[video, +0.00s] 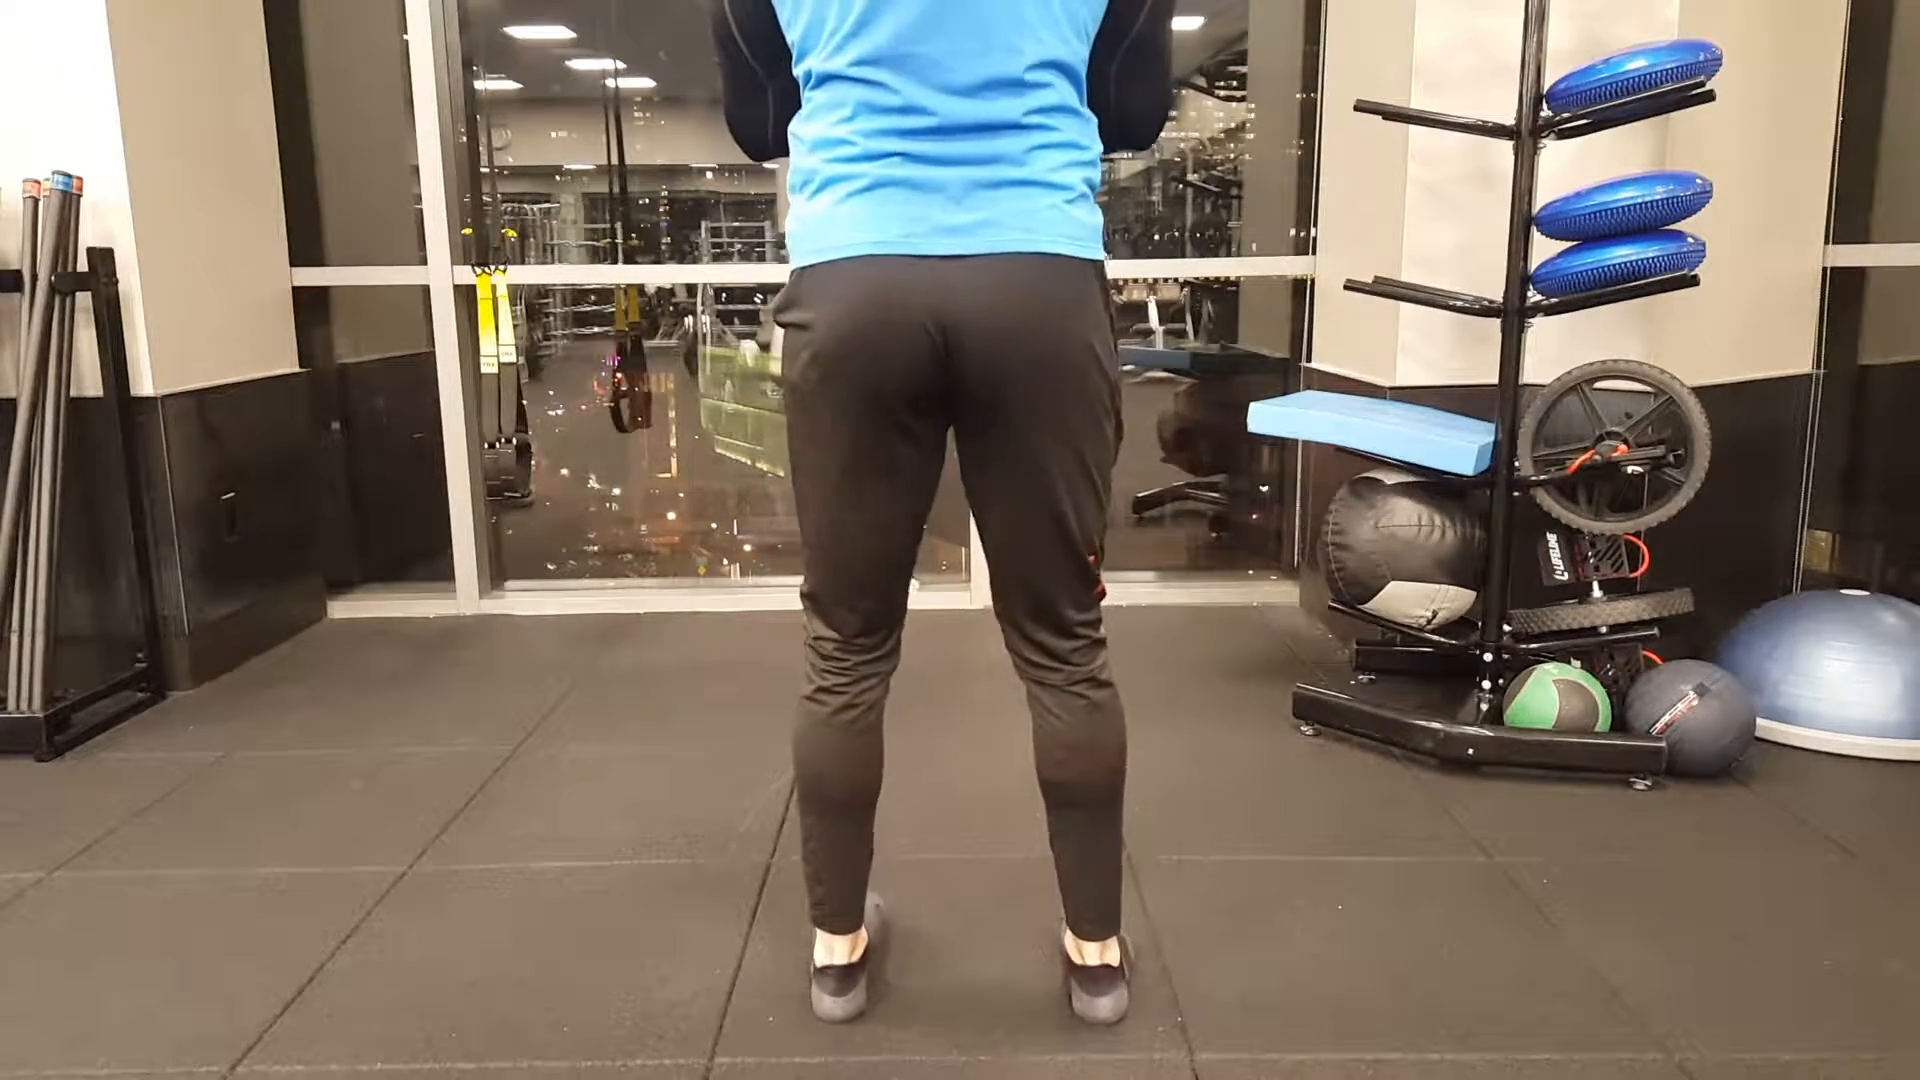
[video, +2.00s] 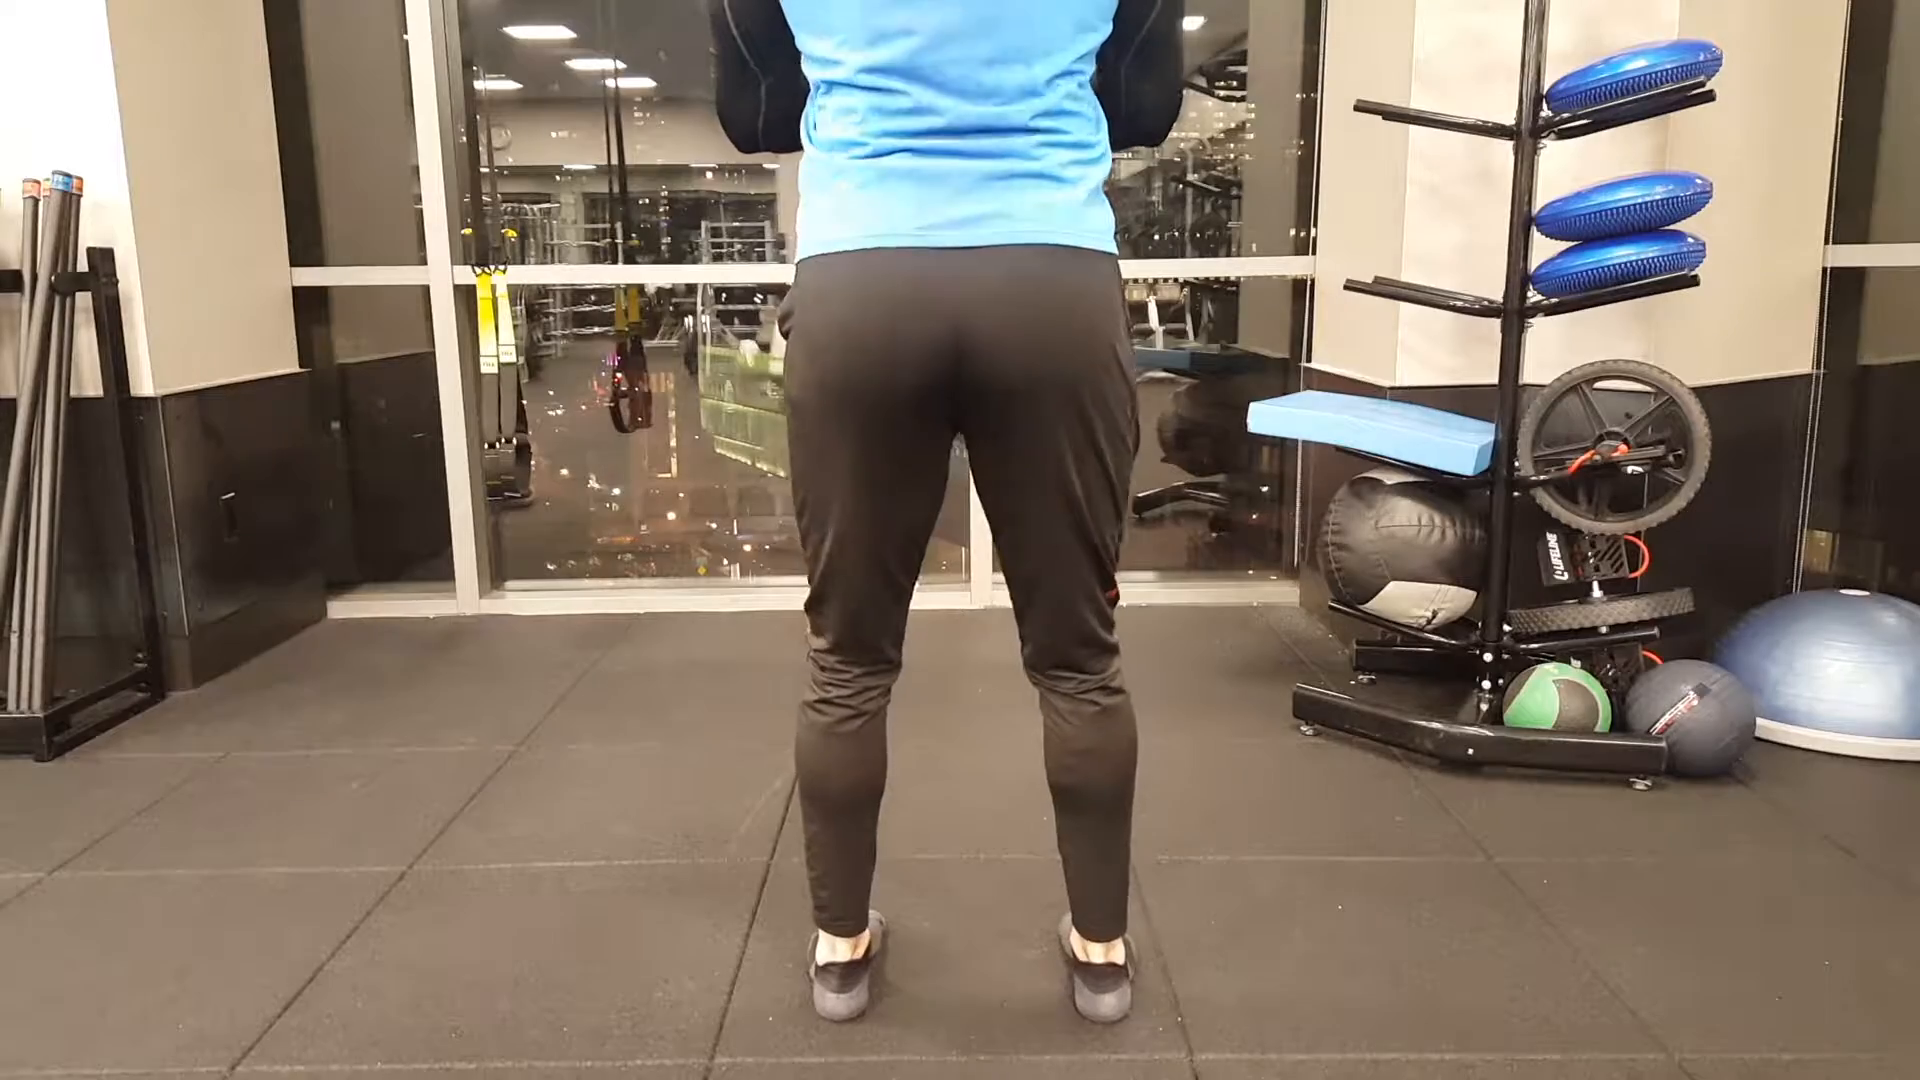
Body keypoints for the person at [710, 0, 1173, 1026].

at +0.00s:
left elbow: (759, 126)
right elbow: (1134, 117)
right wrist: (1011, 71)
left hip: (854, 278)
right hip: (1039, 278)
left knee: (845, 645)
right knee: (1062, 637)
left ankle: (836, 954)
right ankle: (1096, 958)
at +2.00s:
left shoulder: (779, 3)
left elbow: (756, 117)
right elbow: (1146, 107)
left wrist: (887, 84)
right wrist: (1010, 101)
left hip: (859, 280)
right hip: (1053, 279)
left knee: (848, 652)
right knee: (1076, 649)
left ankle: (839, 955)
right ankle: (1102, 959)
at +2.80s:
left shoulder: (764, 9)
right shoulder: (1129, 9)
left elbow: (783, 229)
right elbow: (1128, 225)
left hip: (847, 410)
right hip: (1070, 409)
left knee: (820, 665)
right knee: (1104, 663)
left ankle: (836, 953)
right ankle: (1106, 955)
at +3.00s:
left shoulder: (775, 83)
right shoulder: (1128, 68)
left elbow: (780, 289)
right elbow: (1118, 286)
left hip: (843, 560)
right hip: (1076, 560)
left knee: (798, 671)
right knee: (1122, 666)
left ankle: (835, 951)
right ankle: (1106, 953)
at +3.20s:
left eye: (909, 79)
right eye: (1010, 78)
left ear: (885, 87)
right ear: (1025, 85)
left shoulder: (784, 220)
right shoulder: (1127, 207)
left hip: (850, 724)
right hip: (1062, 726)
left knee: (774, 612)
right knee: (1148, 613)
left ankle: (833, 947)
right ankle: (1107, 951)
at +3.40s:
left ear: (893, 234)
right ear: (1026, 234)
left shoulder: (800, 375)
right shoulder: (1113, 366)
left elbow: (827, 330)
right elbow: (1107, 316)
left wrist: (867, 230)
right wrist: (1055, 213)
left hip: (867, 885)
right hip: (1055, 884)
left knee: (777, 611)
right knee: (1144, 607)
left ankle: (833, 939)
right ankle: (1109, 938)